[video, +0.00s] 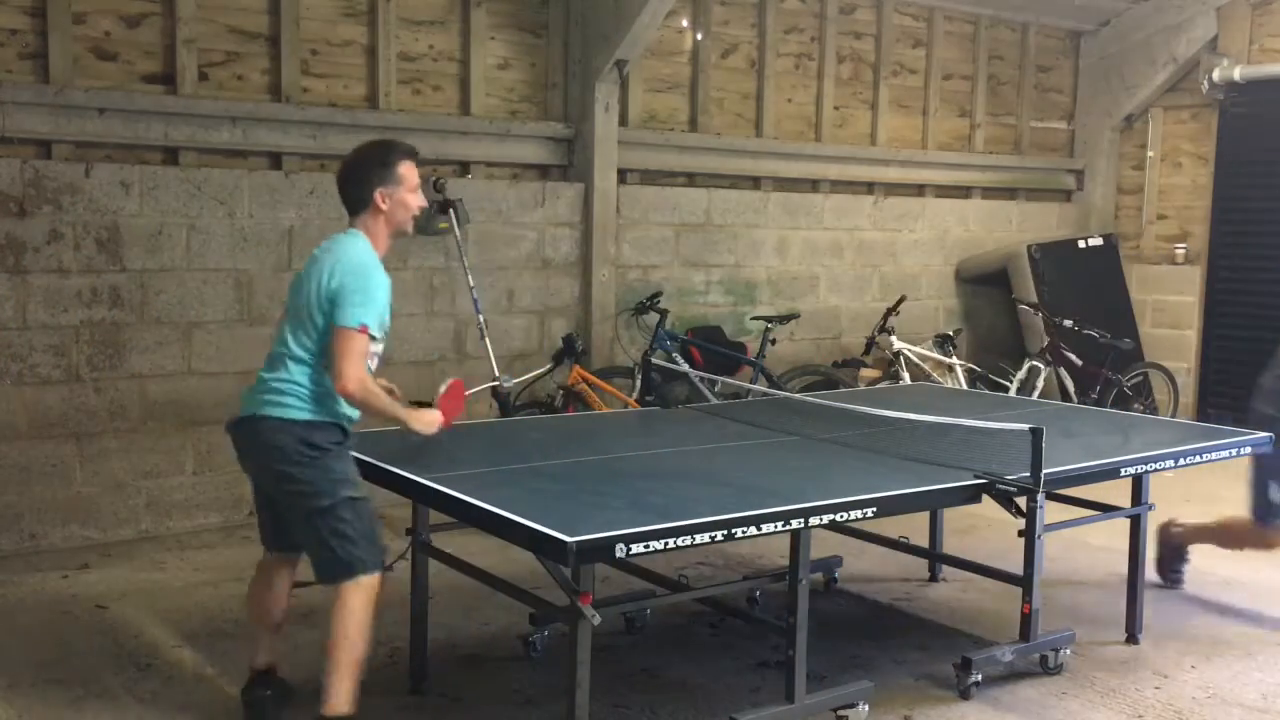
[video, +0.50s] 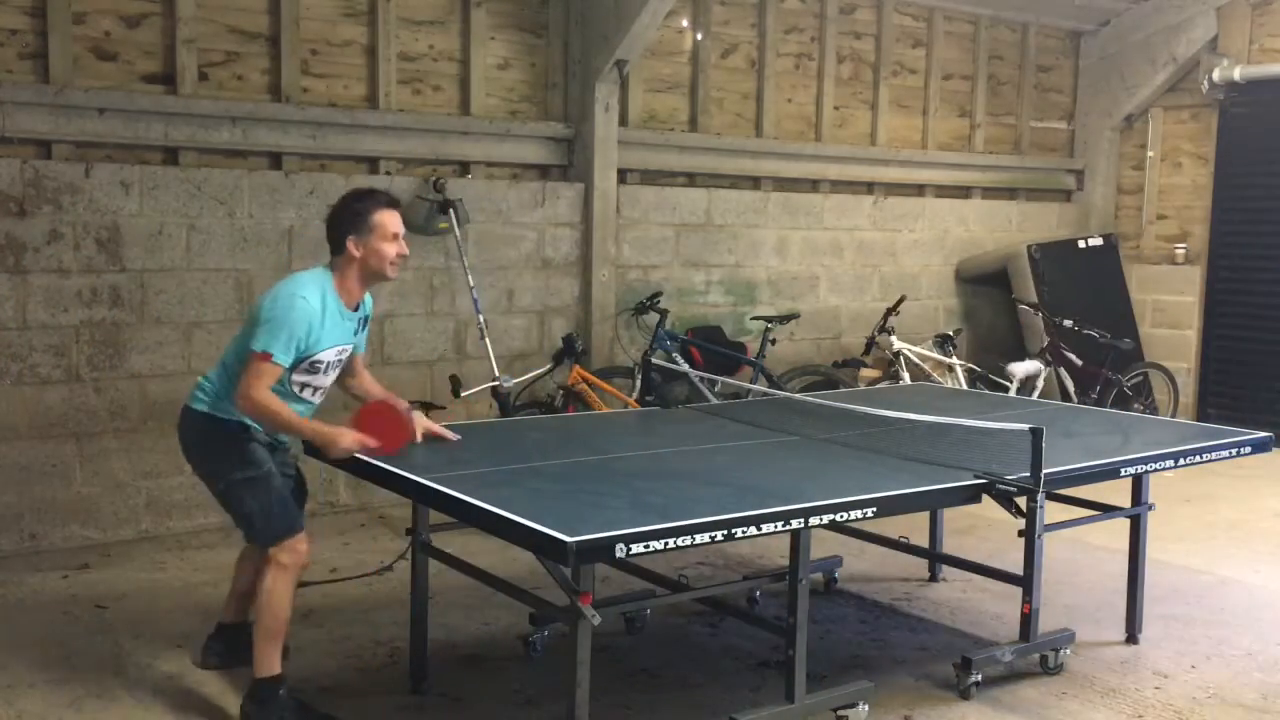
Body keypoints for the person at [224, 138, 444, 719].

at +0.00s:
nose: (424, 201)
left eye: (422, 188)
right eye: (415, 189)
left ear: (377, 200)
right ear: (382, 199)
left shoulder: (330, 254)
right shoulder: (363, 269)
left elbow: (329, 359)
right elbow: (349, 380)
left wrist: (388, 393)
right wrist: (410, 418)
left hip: (261, 422)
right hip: (302, 430)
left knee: (281, 554)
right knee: (362, 568)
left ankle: (262, 680)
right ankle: (339, 708)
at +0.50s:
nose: (403, 250)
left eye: (403, 238)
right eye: (392, 238)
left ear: (364, 247)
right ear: (354, 246)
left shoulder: (361, 303)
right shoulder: (298, 300)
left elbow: (350, 371)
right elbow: (250, 393)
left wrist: (404, 413)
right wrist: (322, 434)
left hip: (269, 429)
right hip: (220, 424)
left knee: (275, 532)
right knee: (289, 549)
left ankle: (229, 635)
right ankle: (267, 693)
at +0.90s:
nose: (411, 236)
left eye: (415, 223)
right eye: (400, 222)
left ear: (371, 223)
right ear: (357, 221)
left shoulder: (377, 275)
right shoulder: (310, 284)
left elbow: (377, 330)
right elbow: (327, 399)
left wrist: (428, 384)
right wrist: (400, 425)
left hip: (301, 427)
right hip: (246, 424)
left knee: (299, 545)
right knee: (267, 573)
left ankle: (235, 629)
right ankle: (248, 702)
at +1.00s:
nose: (429, 219)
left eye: (432, 207)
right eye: (419, 206)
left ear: (389, 209)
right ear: (374, 205)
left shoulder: (377, 265)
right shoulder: (330, 270)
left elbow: (375, 343)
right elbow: (370, 387)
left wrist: (417, 394)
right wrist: (474, 387)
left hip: (319, 429)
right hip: (258, 428)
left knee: (330, 549)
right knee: (267, 576)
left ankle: (274, 649)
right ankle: (248, 701)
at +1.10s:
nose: (450, 206)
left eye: (450, 194)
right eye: (444, 194)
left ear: (410, 199)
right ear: (408, 199)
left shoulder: (384, 260)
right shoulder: (360, 264)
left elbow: (354, 346)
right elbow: (420, 381)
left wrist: (403, 389)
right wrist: (513, 379)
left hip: (335, 438)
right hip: (270, 439)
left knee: (360, 565)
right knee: (268, 590)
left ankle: (336, 688)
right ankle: (250, 704)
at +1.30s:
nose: (490, 214)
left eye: (489, 202)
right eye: (488, 202)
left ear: (428, 206)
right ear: (470, 211)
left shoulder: (401, 270)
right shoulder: (426, 288)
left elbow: (367, 373)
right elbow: (483, 409)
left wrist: (428, 418)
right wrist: (559, 416)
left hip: (382, 469)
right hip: (323, 473)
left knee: (419, 607)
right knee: (353, 637)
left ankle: (401, 715)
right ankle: (273, 694)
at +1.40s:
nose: (511, 218)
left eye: (510, 206)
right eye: (510, 206)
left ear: (447, 210)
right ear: (494, 215)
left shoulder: (417, 273)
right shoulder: (459, 294)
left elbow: (407, 378)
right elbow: (496, 418)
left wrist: (467, 423)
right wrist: (567, 433)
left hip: (389, 470)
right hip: (353, 477)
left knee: (439, 609)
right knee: (429, 639)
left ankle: (404, 715)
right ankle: (335, 710)